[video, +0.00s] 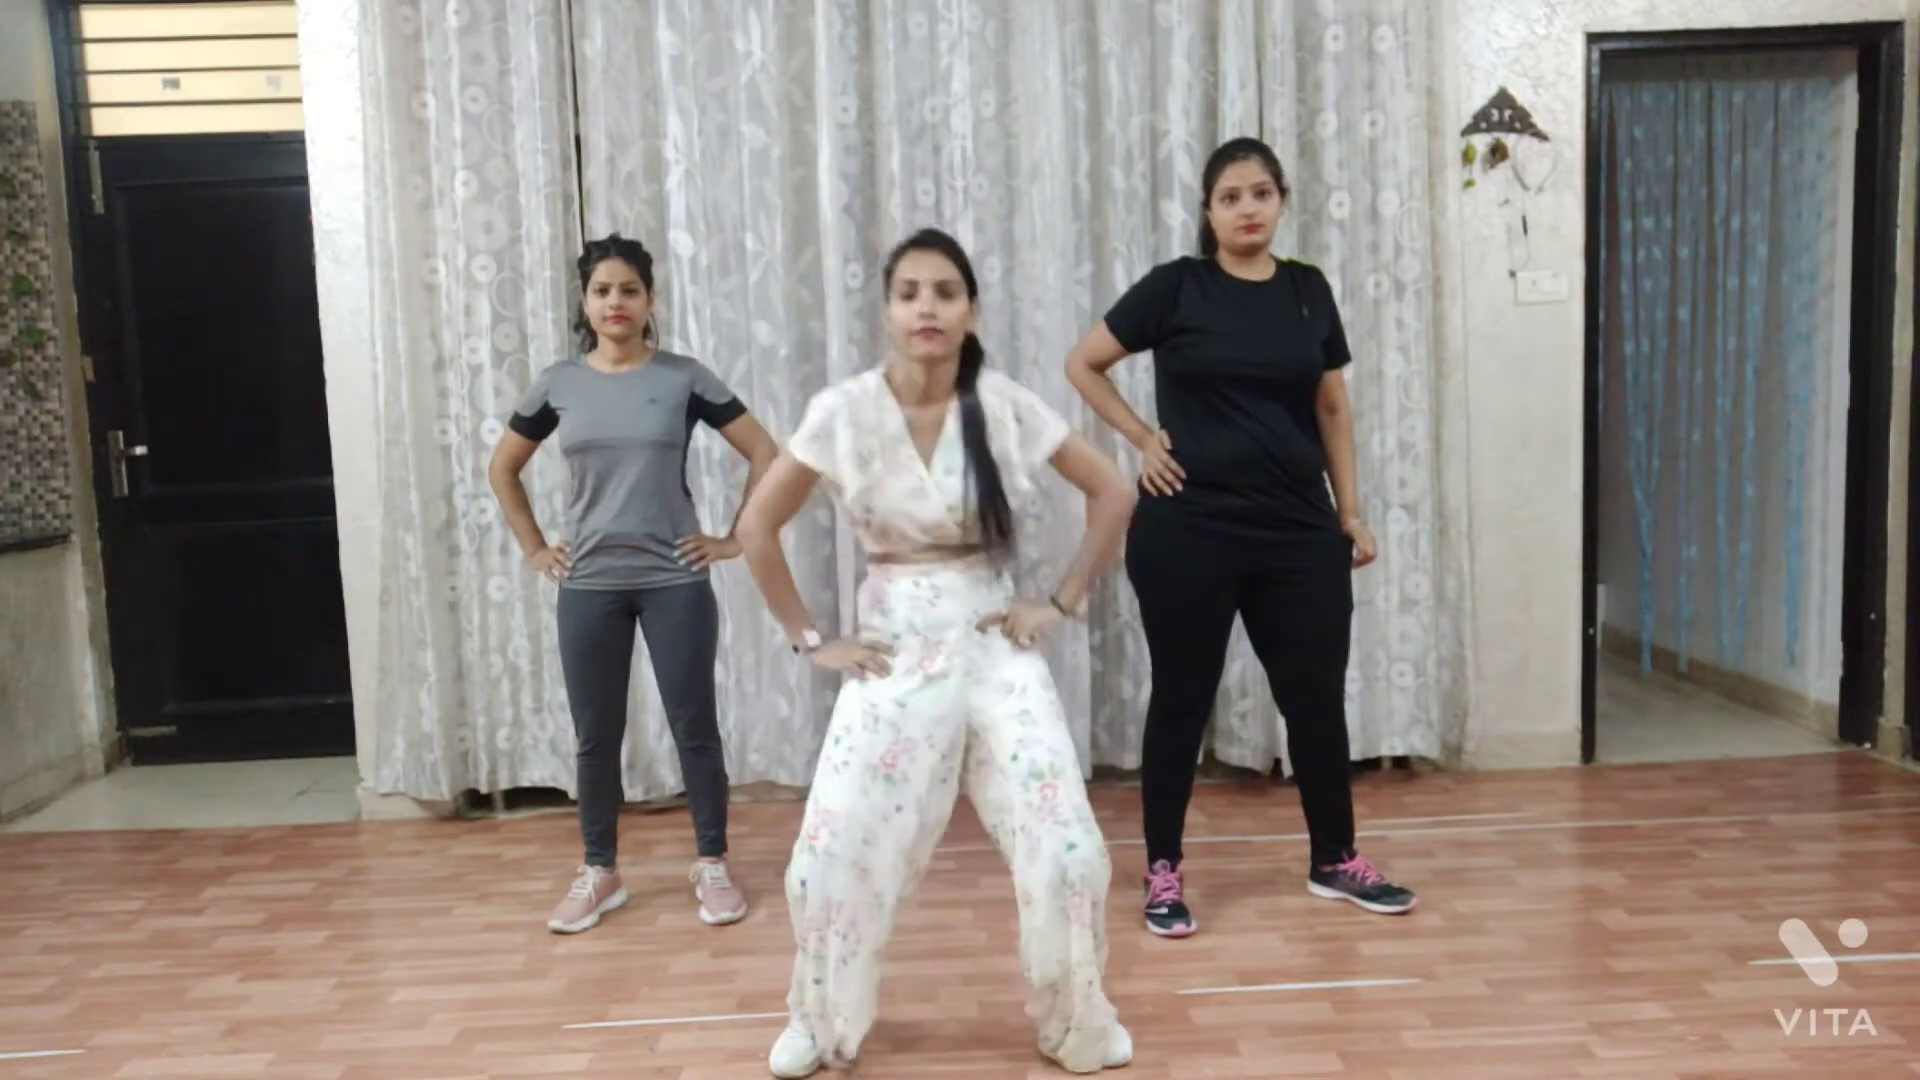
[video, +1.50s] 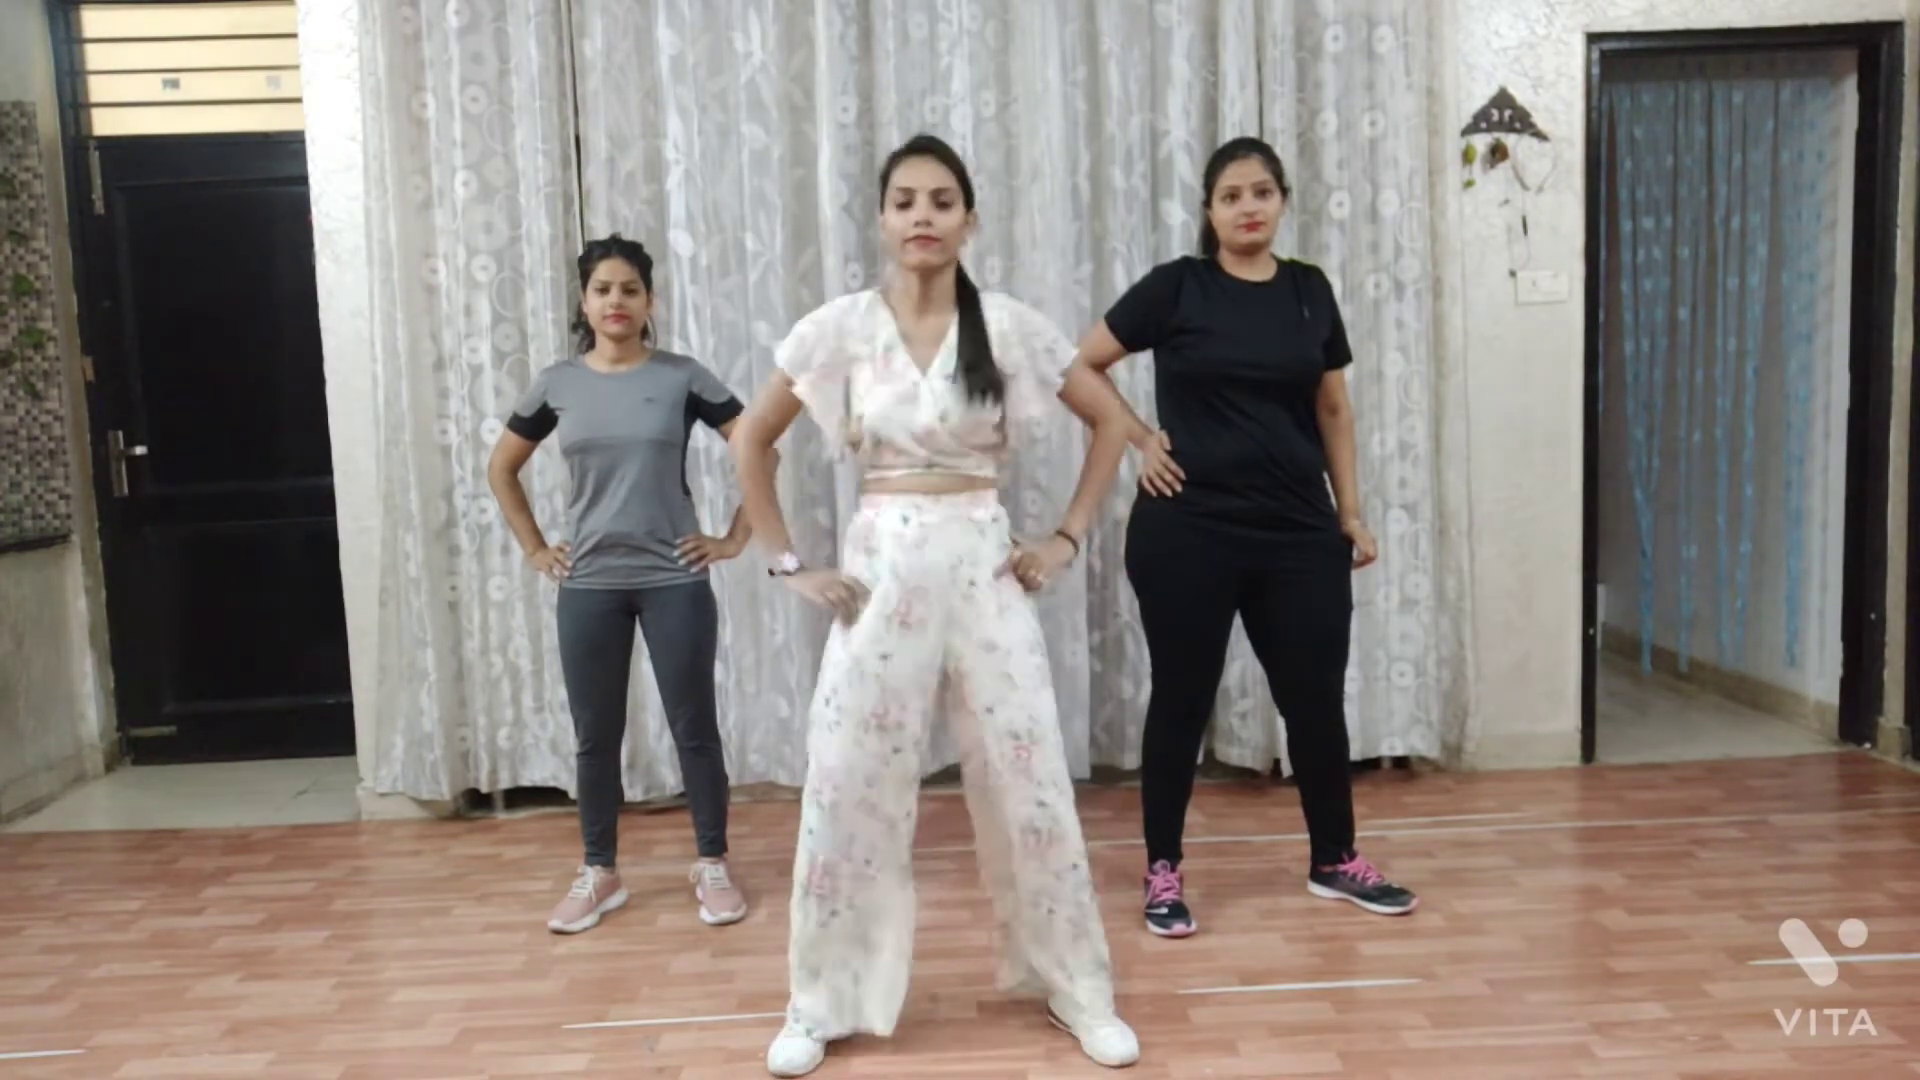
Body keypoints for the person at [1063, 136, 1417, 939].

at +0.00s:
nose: (1249, 209)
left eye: (1262, 194)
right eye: (1232, 196)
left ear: (1282, 203)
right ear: (1208, 209)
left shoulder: (1307, 289)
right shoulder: (1175, 288)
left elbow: (1334, 408)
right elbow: (1082, 365)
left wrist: (1349, 512)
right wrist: (1143, 438)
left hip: (1296, 528)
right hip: (1188, 526)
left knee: (1317, 698)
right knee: (1182, 699)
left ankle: (1336, 860)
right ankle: (1163, 870)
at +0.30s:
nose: (1249, 208)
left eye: (1262, 194)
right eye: (1232, 196)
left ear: (1282, 203)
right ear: (1208, 208)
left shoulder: (1307, 290)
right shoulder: (1175, 288)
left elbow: (1334, 408)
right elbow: (1082, 364)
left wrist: (1349, 512)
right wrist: (1143, 438)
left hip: (1297, 528)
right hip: (1189, 526)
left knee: (1318, 699)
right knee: (1182, 700)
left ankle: (1336, 860)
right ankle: (1163, 870)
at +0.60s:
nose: (1249, 208)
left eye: (1262, 194)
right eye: (1233, 196)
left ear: (1282, 203)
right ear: (1208, 208)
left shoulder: (1307, 290)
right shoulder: (1175, 288)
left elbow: (1334, 409)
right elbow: (1082, 365)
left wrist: (1350, 512)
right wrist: (1143, 439)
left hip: (1297, 528)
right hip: (1189, 526)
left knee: (1318, 699)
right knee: (1181, 701)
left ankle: (1336, 860)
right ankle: (1163, 871)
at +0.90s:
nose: (1248, 207)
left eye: (1262, 193)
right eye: (1232, 195)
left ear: (1283, 203)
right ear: (1207, 207)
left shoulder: (1308, 292)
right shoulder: (1170, 288)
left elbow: (1333, 408)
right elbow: (1099, 362)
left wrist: (1349, 513)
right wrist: (1138, 438)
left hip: (1298, 530)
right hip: (1188, 528)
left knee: (1317, 702)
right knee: (1181, 702)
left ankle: (1335, 861)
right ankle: (1164, 870)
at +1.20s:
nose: (1249, 208)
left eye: (1263, 194)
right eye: (1233, 196)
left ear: (1283, 203)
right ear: (1209, 208)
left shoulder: (1310, 292)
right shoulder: (1174, 290)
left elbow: (1335, 410)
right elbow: (1077, 366)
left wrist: (1349, 512)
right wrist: (1130, 437)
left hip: (1296, 530)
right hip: (1187, 527)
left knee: (1317, 700)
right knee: (1181, 698)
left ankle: (1335, 861)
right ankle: (1165, 870)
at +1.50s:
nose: (1249, 208)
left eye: (1263, 193)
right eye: (1233, 196)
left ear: (1283, 203)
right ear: (1209, 208)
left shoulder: (1309, 291)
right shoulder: (1174, 290)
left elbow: (1335, 411)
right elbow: (1077, 371)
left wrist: (1349, 513)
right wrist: (1140, 436)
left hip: (1297, 530)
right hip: (1188, 528)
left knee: (1317, 700)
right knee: (1180, 703)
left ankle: (1335, 861)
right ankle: (1164, 870)